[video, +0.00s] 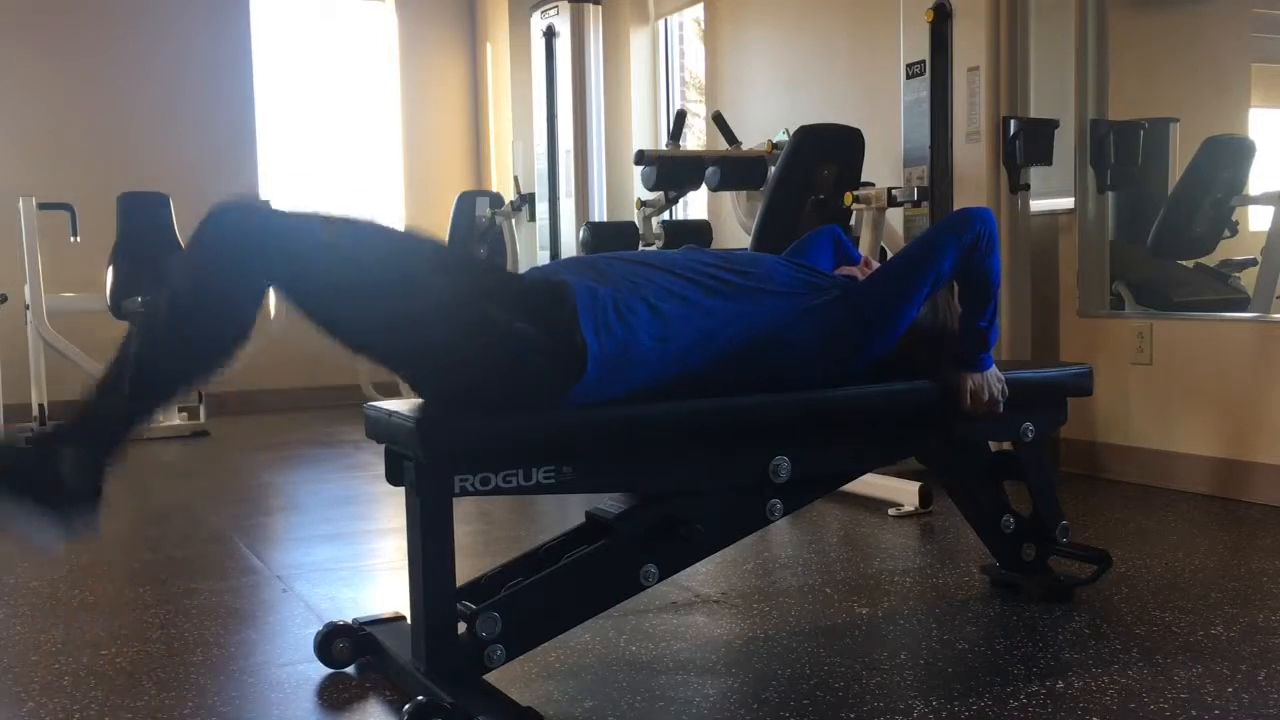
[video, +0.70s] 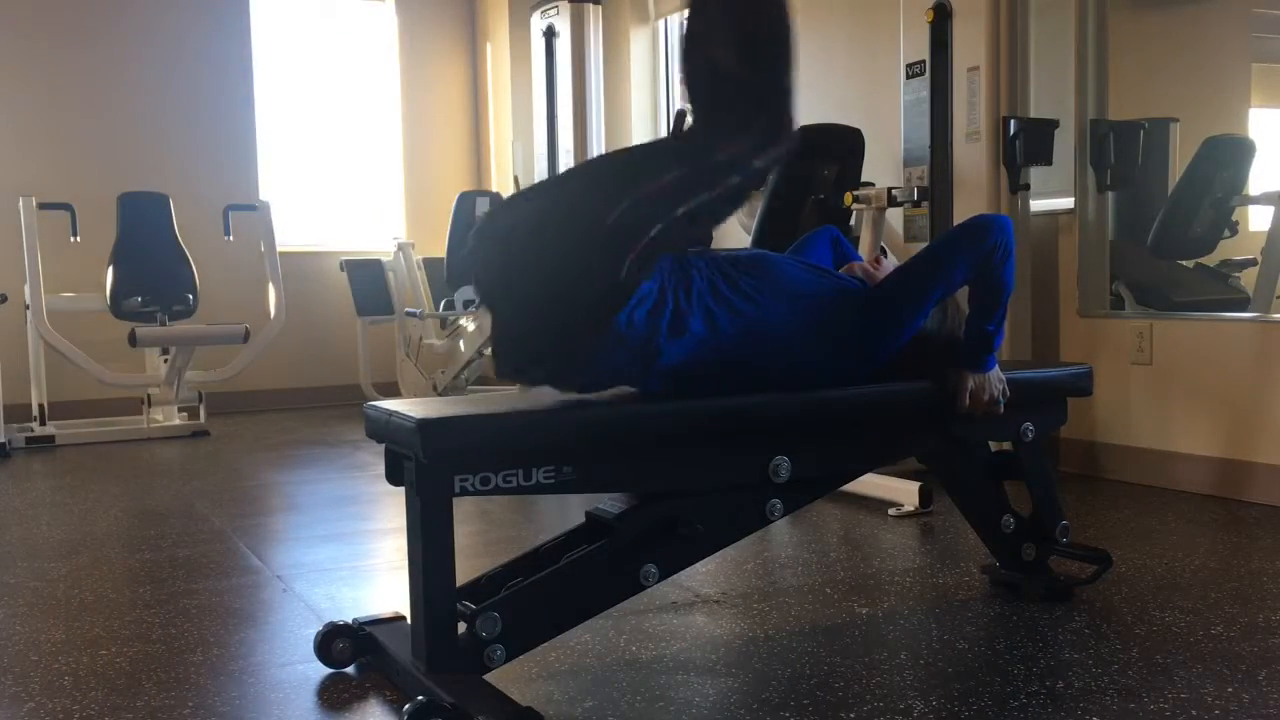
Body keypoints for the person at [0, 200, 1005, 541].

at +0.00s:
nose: (868, 254)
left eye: (885, 262)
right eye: (870, 251)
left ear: (903, 306)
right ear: (848, 270)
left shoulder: (854, 325)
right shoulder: (776, 278)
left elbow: (976, 213)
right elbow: (828, 167)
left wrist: (966, 326)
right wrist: (877, 263)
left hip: (531, 339)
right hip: (506, 305)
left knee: (241, 224)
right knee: (260, 221)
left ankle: (77, 458)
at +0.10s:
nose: (838, 240)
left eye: (854, 239)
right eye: (835, 235)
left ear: (870, 287)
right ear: (814, 258)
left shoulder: (841, 318)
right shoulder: (757, 275)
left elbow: (975, 217)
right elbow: (826, 145)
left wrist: (965, 335)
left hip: (534, 340)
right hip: (513, 304)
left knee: (305, 147)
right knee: (309, 144)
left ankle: (79, 322)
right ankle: (126, 289)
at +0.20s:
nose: (867, 245)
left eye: (885, 254)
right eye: (864, 239)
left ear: (897, 309)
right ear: (837, 249)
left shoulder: (850, 330)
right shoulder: (782, 280)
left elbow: (981, 227)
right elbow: (822, 161)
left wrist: (944, 321)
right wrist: (867, 246)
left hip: (539, 350)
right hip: (526, 317)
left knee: (394, 88)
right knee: (394, 85)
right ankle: (114, 150)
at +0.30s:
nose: (872, 247)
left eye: (894, 259)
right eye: (876, 243)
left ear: (906, 315)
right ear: (858, 276)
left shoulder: (843, 327)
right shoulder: (793, 292)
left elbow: (983, 226)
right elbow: (809, 205)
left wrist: (957, 329)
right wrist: (859, 250)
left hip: (532, 346)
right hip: (514, 324)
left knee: (485, 54)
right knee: (479, 54)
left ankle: (223, 24)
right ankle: (225, 24)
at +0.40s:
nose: (874, 264)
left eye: (887, 273)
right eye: (872, 258)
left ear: (899, 309)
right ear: (847, 267)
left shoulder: (857, 330)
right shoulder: (804, 287)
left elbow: (985, 230)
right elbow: (826, 227)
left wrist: (985, 359)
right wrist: (866, 270)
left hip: (541, 341)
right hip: (531, 317)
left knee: (580, 57)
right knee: (580, 57)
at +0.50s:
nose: (879, 258)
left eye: (896, 268)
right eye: (880, 253)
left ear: (913, 310)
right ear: (858, 266)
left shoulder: (869, 326)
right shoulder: (805, 282)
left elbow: (991, 231)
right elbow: (826, 226)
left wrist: (982, 354)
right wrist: (873, 269)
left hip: (556, 343)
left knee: (648, 81)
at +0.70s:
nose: (880, 257)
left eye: (894, 268)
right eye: (882, 254)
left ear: (907, 310)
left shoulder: (869, 329)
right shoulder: (818, 289)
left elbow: (991, 233)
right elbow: (825, 230)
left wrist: (982, 356)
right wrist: (862, 271)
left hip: (580, 326)